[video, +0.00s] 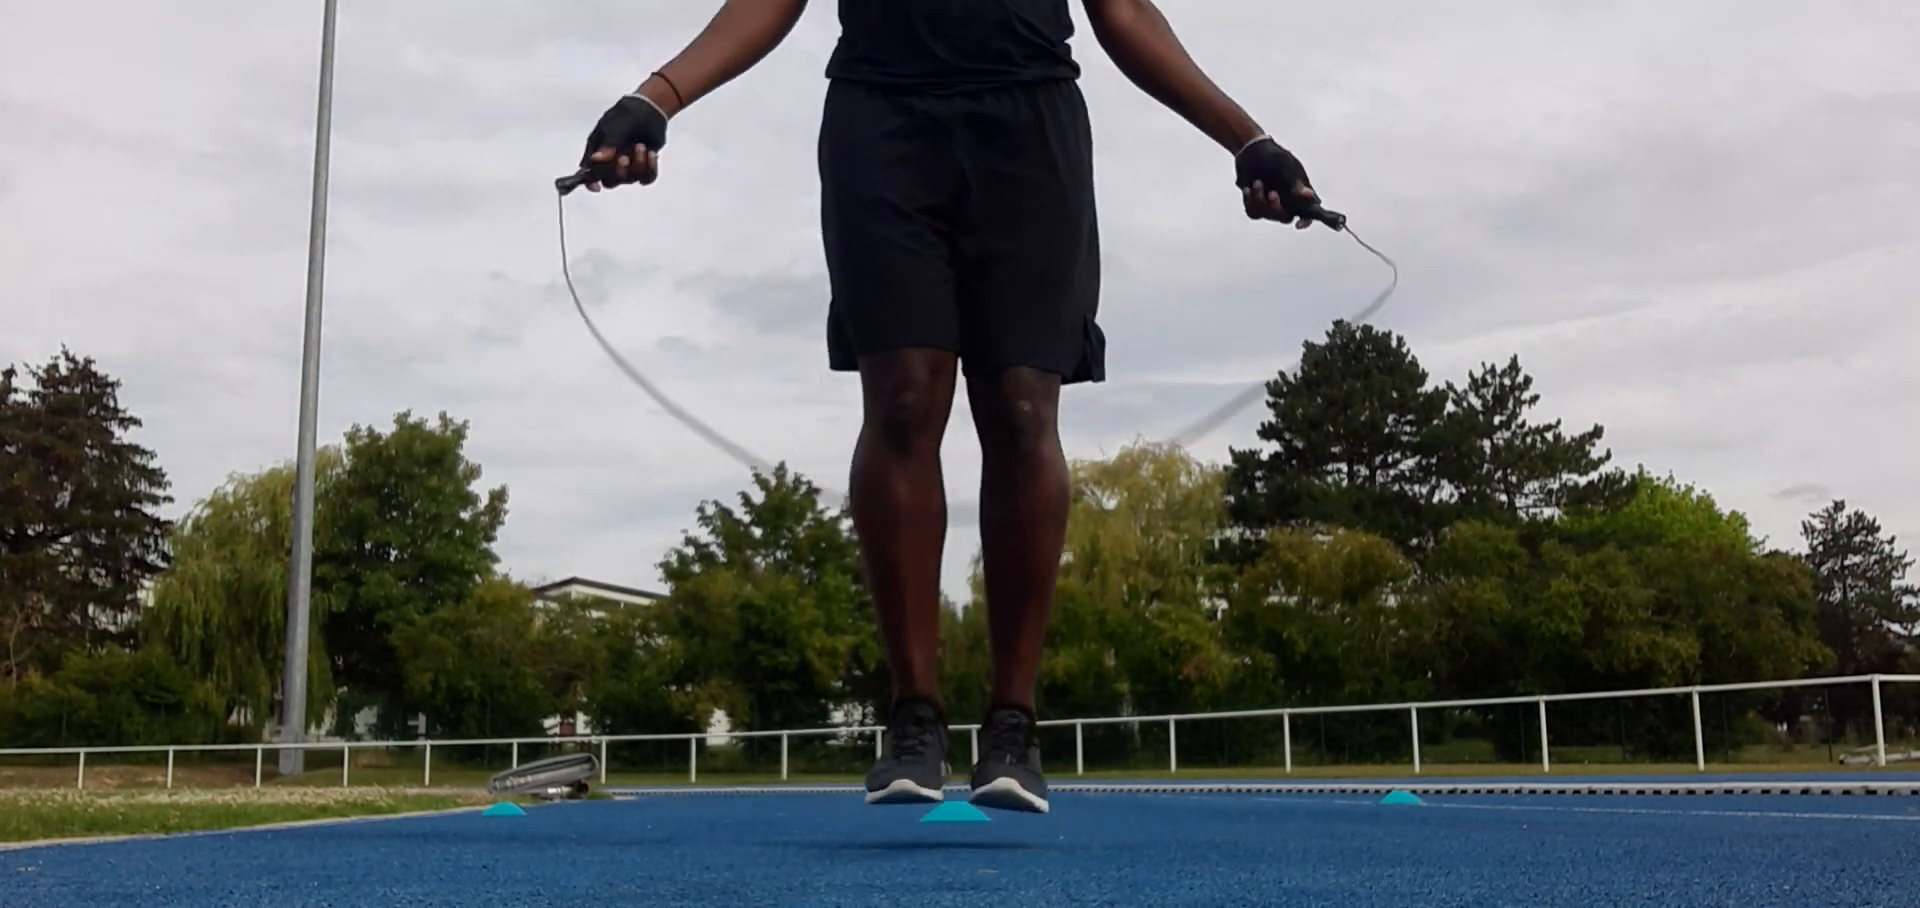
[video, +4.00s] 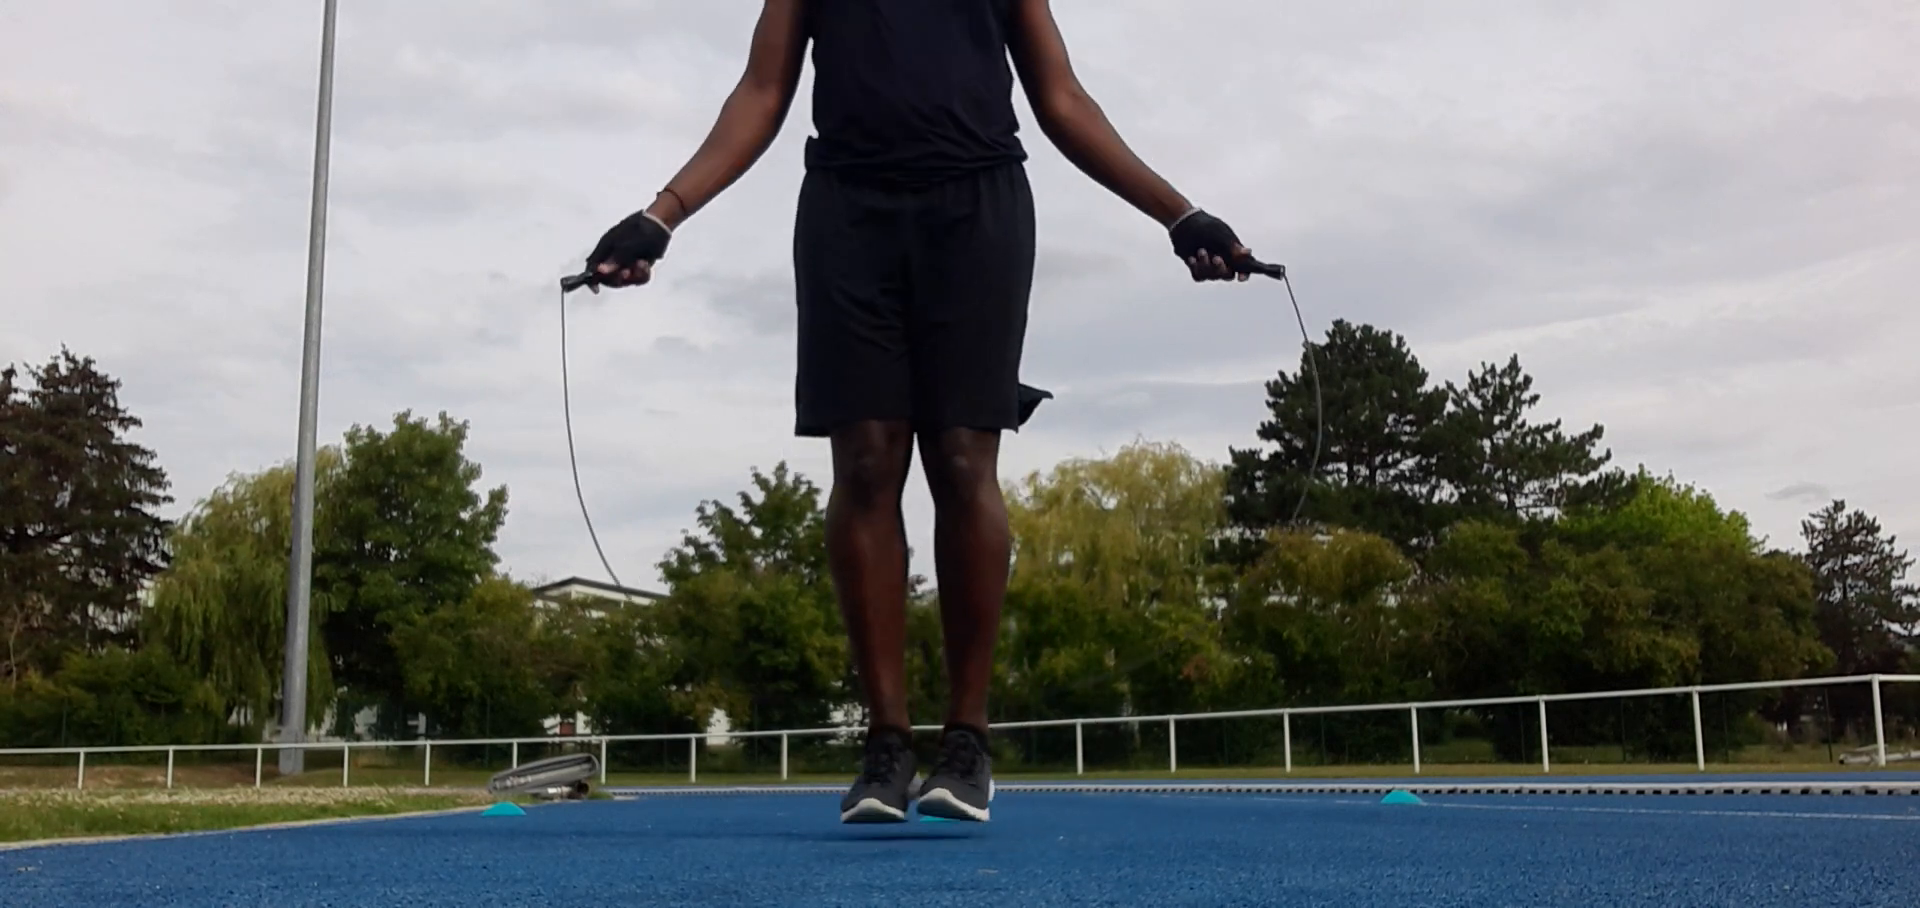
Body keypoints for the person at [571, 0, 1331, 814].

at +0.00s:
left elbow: (1125, 17)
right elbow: (774, 4)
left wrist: (1247, 138)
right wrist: (655, 96)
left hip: (1029, 108)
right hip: (880, 108)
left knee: (1020, 403)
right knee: (905, 395)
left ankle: (1011, 727)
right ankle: (912, 721)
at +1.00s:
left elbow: (1122, 87)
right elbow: (779, 73)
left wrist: (1266, 126)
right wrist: (658, 99)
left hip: (1029, 204)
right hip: (887, 204)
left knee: (1011, 477)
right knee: (917, 472)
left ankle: (1004, 767)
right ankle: (942, 768)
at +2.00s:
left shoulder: (1030, 7)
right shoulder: (823, 7)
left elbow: (1082, 109)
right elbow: (778, 94)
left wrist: (1239, 129)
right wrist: (645, 128)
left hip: (1003, 205)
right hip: (869, 206)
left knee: (983, 484)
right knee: (893, 481)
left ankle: (977, 764)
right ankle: (910, 769)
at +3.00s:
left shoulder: (1013, 4)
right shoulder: (810, 2)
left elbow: (1062, 105)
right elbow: (764, 87)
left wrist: (1205, 192)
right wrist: (633, 190)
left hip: (987, 188)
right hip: (853, 186)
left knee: (964, 452)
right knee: (880, 450)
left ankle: (960, 739)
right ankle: (899, 741)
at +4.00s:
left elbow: (1062, 100)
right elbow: (761, 89)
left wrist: (1179, 212)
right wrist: (661, 212)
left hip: (978, 201)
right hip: (848, 205)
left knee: (963, 459)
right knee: (867, 459)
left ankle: (965, 742)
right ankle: (887, 745)